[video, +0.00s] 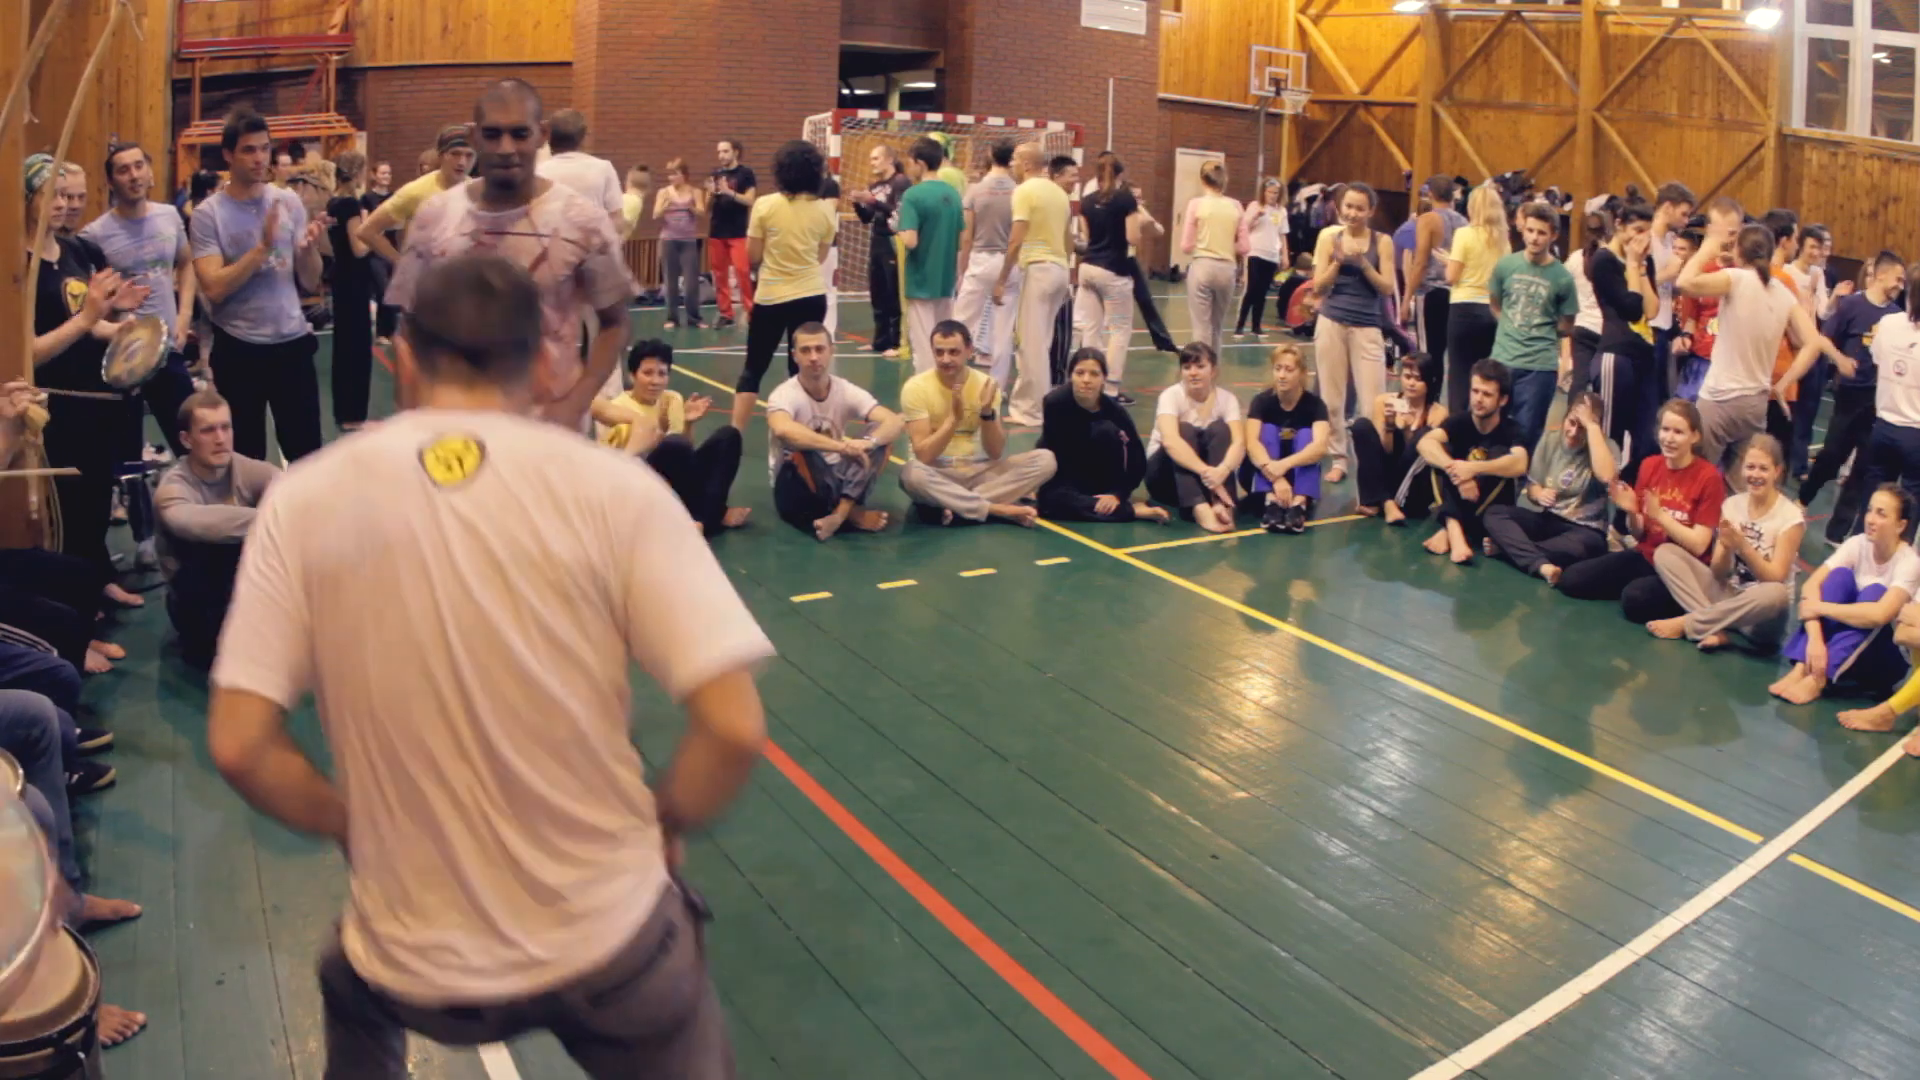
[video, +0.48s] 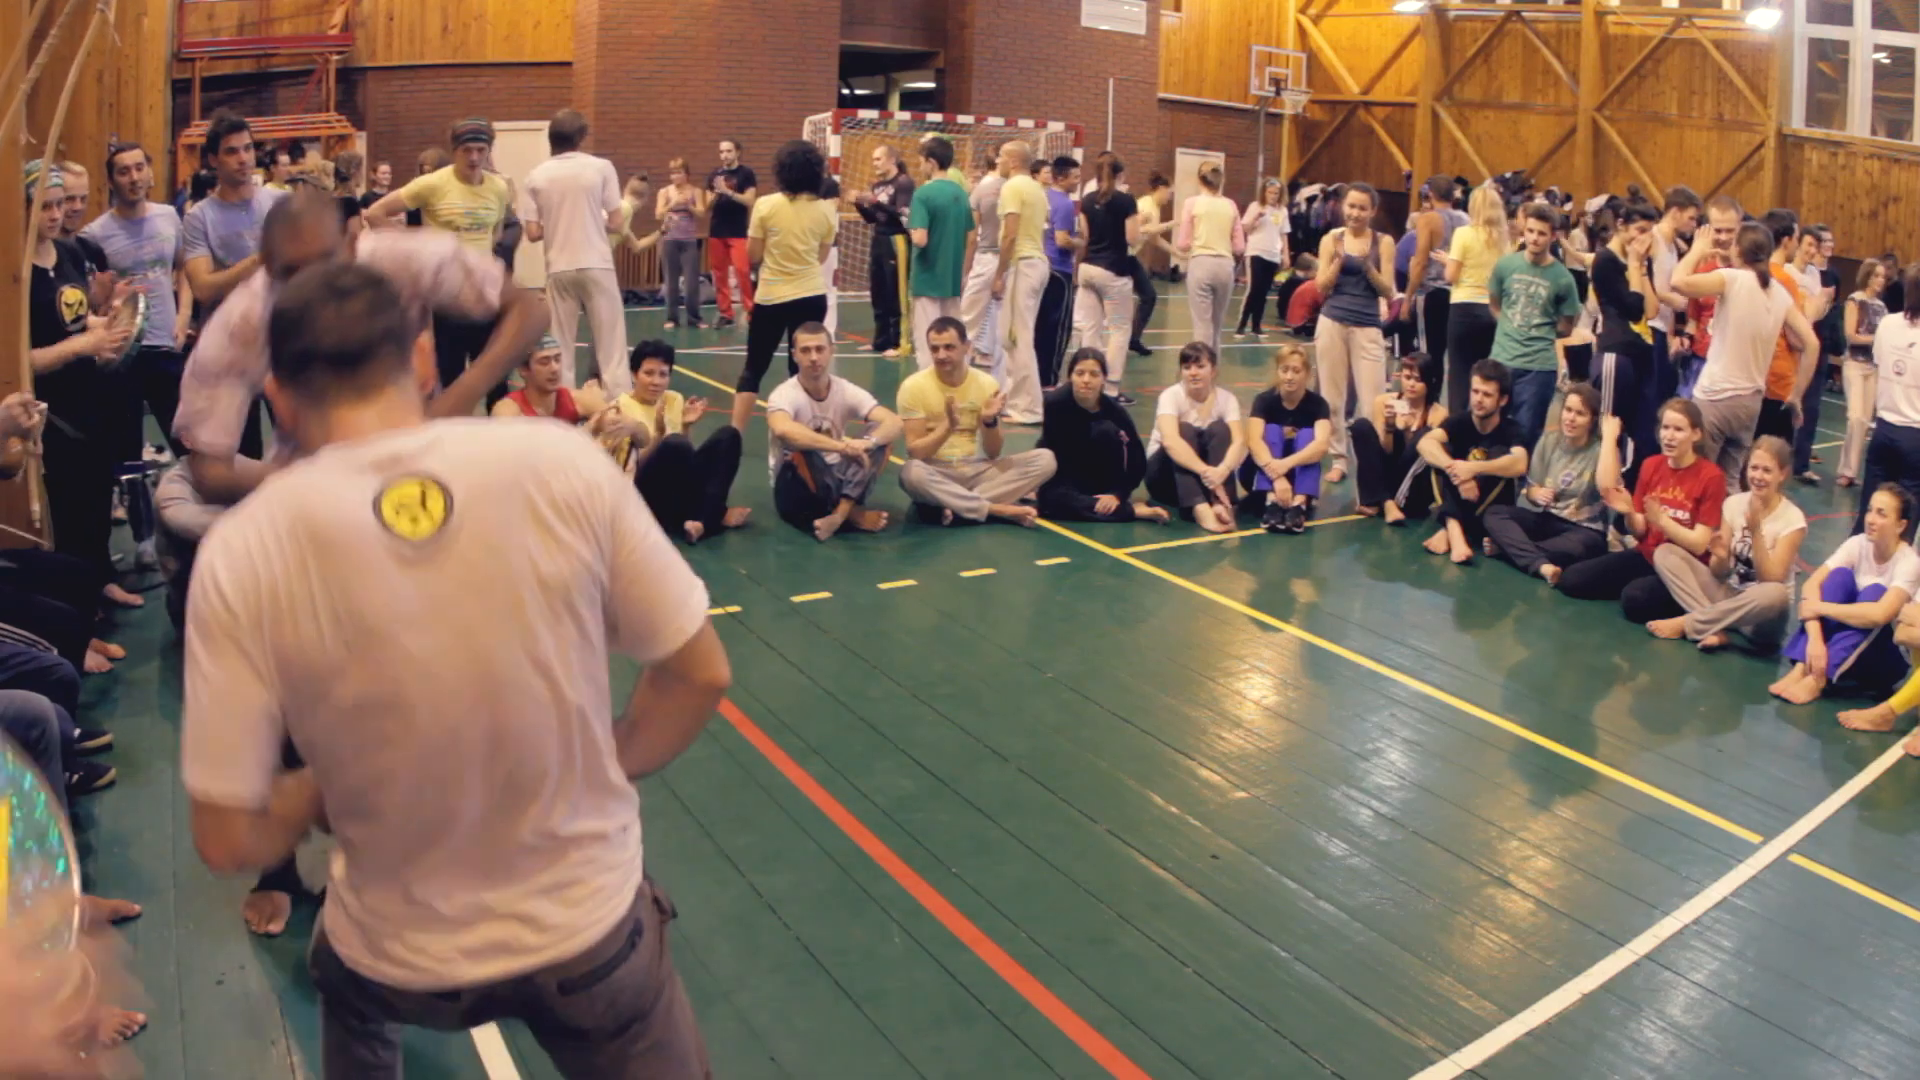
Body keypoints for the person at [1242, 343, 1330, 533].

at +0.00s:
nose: (1282, 375)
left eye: (1289, 370)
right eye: (1278, 369)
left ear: (1302, 374)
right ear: (1273, 371)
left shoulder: (1315, 404)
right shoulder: (1261, 401)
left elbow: (1321, 447)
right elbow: (1252, 443)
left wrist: (1283, 465)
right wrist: (1277, 479)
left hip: (1299, 480)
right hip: (1263, 477)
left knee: (1306, 434)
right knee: (1268, 430)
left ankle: (1300, 499)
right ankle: (1271, 498)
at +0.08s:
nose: (1282, 375)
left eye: (1289, 370)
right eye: (1278, 369)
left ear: (1302, 374)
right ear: (1272, 371)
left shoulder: (1315, 404)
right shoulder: (1261, 402)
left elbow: (1320, 447)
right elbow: (1252, 443)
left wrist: (1283, 466)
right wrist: (1276, 480)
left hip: (1299, 479)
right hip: (1263, 477)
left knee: (1306, 434)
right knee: (1269, 430)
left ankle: (1300, 499)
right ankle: (1271, 498)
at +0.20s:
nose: (1284, 376)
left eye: (1291, 370)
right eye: (1280, 369)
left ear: (1303, 374)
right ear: (1273, 372)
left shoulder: (1315, 404)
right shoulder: (1262, 402)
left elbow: (1320, 448)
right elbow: (1252, 443)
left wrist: (1284, 466)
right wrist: (1276, 481)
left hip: (1298, 479)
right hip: (1262, 477)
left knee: (1306, 434)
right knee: (1270, 430)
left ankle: (1300, 499)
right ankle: (1271, 499)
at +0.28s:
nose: (1286, 376)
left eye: (1293, 371)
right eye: (1281, 370)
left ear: (1305, 374)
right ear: (1275, 372)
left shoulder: (1316, 405)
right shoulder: (1262, 402)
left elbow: (1321, 448)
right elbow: (1252, 442)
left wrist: (1284, 466)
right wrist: (1276, 480)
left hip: (1299, 479)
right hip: (1262, 477)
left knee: (1306, 434)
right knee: (1271, 430)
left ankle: (1300, 500)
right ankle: (1272, 499)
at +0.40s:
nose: (1288, 377)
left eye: (1295, 371)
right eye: (1283, 370)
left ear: (1307, 374)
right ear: (1276, 372)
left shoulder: (1317, 404)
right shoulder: (1263, 401)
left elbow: (1322, 447)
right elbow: (1253, 441)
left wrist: (1284, 465)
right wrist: (1277, 479)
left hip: (1299, 479)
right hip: (1262, 476)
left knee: (1307, 434)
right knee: (1272, 430)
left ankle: (1300, 500)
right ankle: (1272, 500)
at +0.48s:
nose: (1289, 377)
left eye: (1296, 371)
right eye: (1284, 370)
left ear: (1307, 374)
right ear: (1277, 372)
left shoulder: (1318, 404)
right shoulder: (1264, 401)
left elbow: (1322, 446)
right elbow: (1253, 440)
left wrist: (1284, 464)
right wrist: (1278, 478)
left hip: (1298, 480)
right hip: (1261, 476)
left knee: (1307, 434)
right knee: (1272, 430)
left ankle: (1300, 500)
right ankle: (1272, 499)